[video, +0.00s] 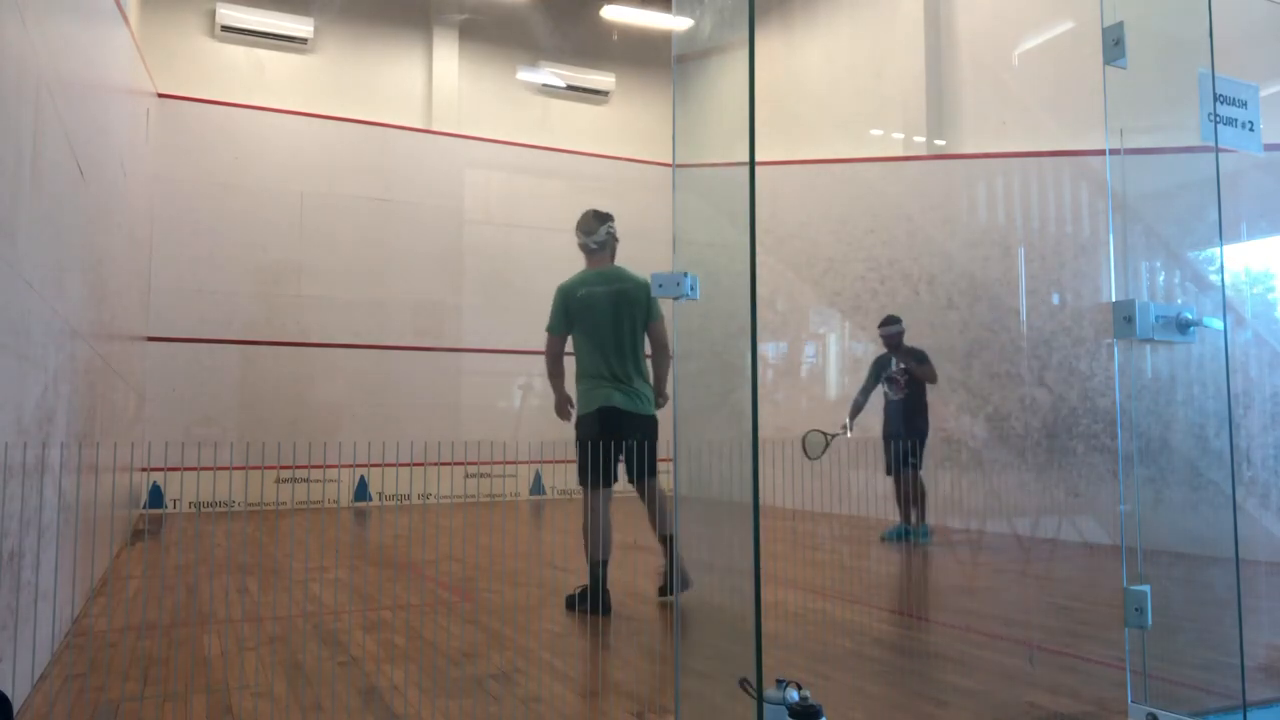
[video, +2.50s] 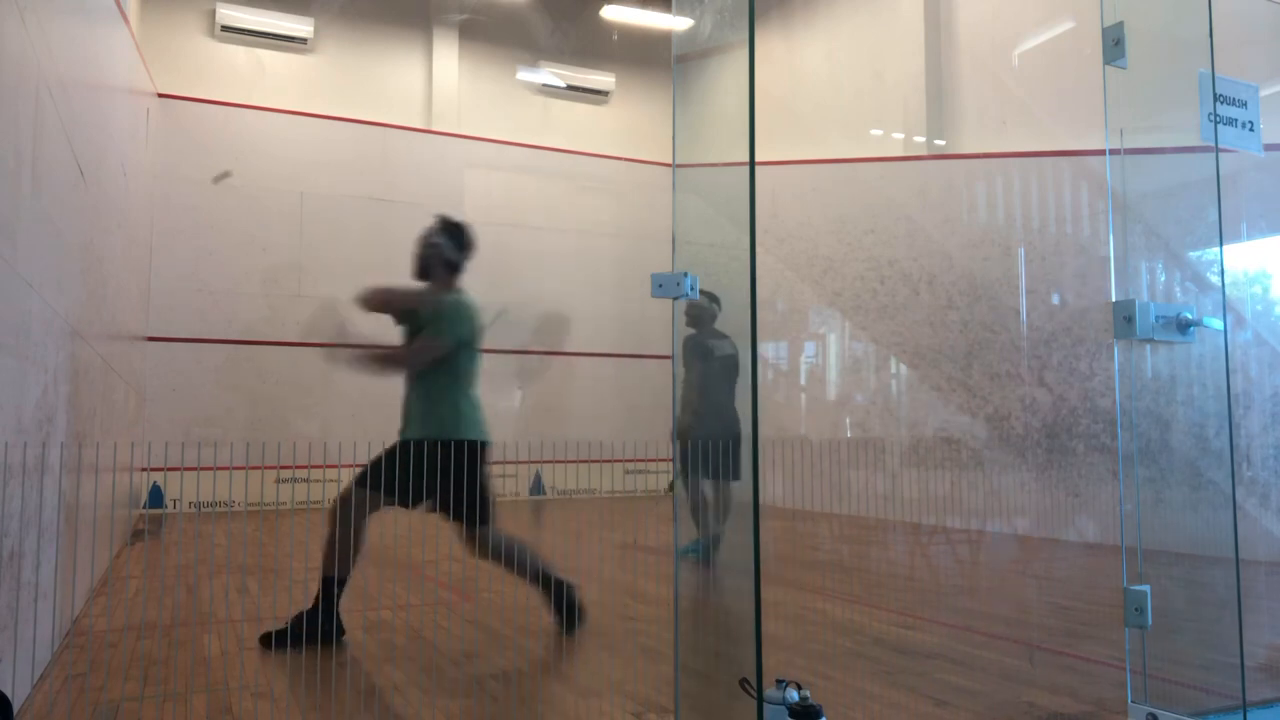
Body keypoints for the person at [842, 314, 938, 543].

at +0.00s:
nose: (887, 341)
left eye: (891, 336)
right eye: (884, 337)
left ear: (901, 334)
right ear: (880, 337)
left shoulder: (917, 356)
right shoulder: (881, 362)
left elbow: (932, 378)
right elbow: (865, 391)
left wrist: (910, 364)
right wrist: (850, 418)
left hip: (914, 424)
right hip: (892, 425)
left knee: (911, 474)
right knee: (898, 476)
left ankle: (921, 524)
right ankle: (905, 523)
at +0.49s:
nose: (876, 331)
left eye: (881, 326)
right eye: (874, 326)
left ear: (892, 328)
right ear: (872, 328)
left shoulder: (909, 357)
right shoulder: (868, 360)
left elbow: (929, 387)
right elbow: (855, 389)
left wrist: (936, 417)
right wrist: (851, 413)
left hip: (904, 427)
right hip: (881, 428)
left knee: (904, 478)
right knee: (890, 479)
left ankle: (908, 528)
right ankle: (901, 523)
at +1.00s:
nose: (866, 329)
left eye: (872, 324)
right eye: (864, 324)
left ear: (883, 328)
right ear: (860, 327)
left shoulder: (893, 357)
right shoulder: (854, 358)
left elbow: (887, 391)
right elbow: (850, 384)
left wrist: (865, 413)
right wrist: (875, 379)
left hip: (889, 427)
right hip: (863, 426)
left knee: (898, 478)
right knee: (841, 472)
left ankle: (907, 529)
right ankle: (862, 519)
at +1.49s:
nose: (787, 338)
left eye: (792, 333)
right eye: (787, 333)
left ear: (805, 335)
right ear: (791, 336)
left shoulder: (823, 361)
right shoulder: (792, 367)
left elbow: (816, 397)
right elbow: (782, 391)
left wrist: (786, 419)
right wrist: (803, 391)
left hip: (835, 428)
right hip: (812, 428)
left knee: (846, 484)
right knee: (792, 477)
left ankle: (885, 514)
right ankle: (797, 533)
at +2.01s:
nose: (731, 328)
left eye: (736, 324)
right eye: (733, 323)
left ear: (748, 330)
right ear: (750, 329)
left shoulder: (757, 352)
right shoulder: (755, 352)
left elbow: (784, 369)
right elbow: (784, 369)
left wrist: (801, 389)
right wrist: (802, 389)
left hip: (766, 431)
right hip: (768, 430)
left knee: (739, 478)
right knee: (776, 481)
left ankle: (725, 535)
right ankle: (796, 531)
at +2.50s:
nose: (687, 313)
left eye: (692, 309)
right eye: (688, 308)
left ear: (704, 313)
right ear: (714, 314)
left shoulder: (694, 343)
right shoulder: (728, 343)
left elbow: (692, 387)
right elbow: (730, 384)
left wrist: (683, 423)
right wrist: (720, 411)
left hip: (698, 425)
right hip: (726, 424)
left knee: (691, 481)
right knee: (722, 481)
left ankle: (706, 536)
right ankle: (715, 535)